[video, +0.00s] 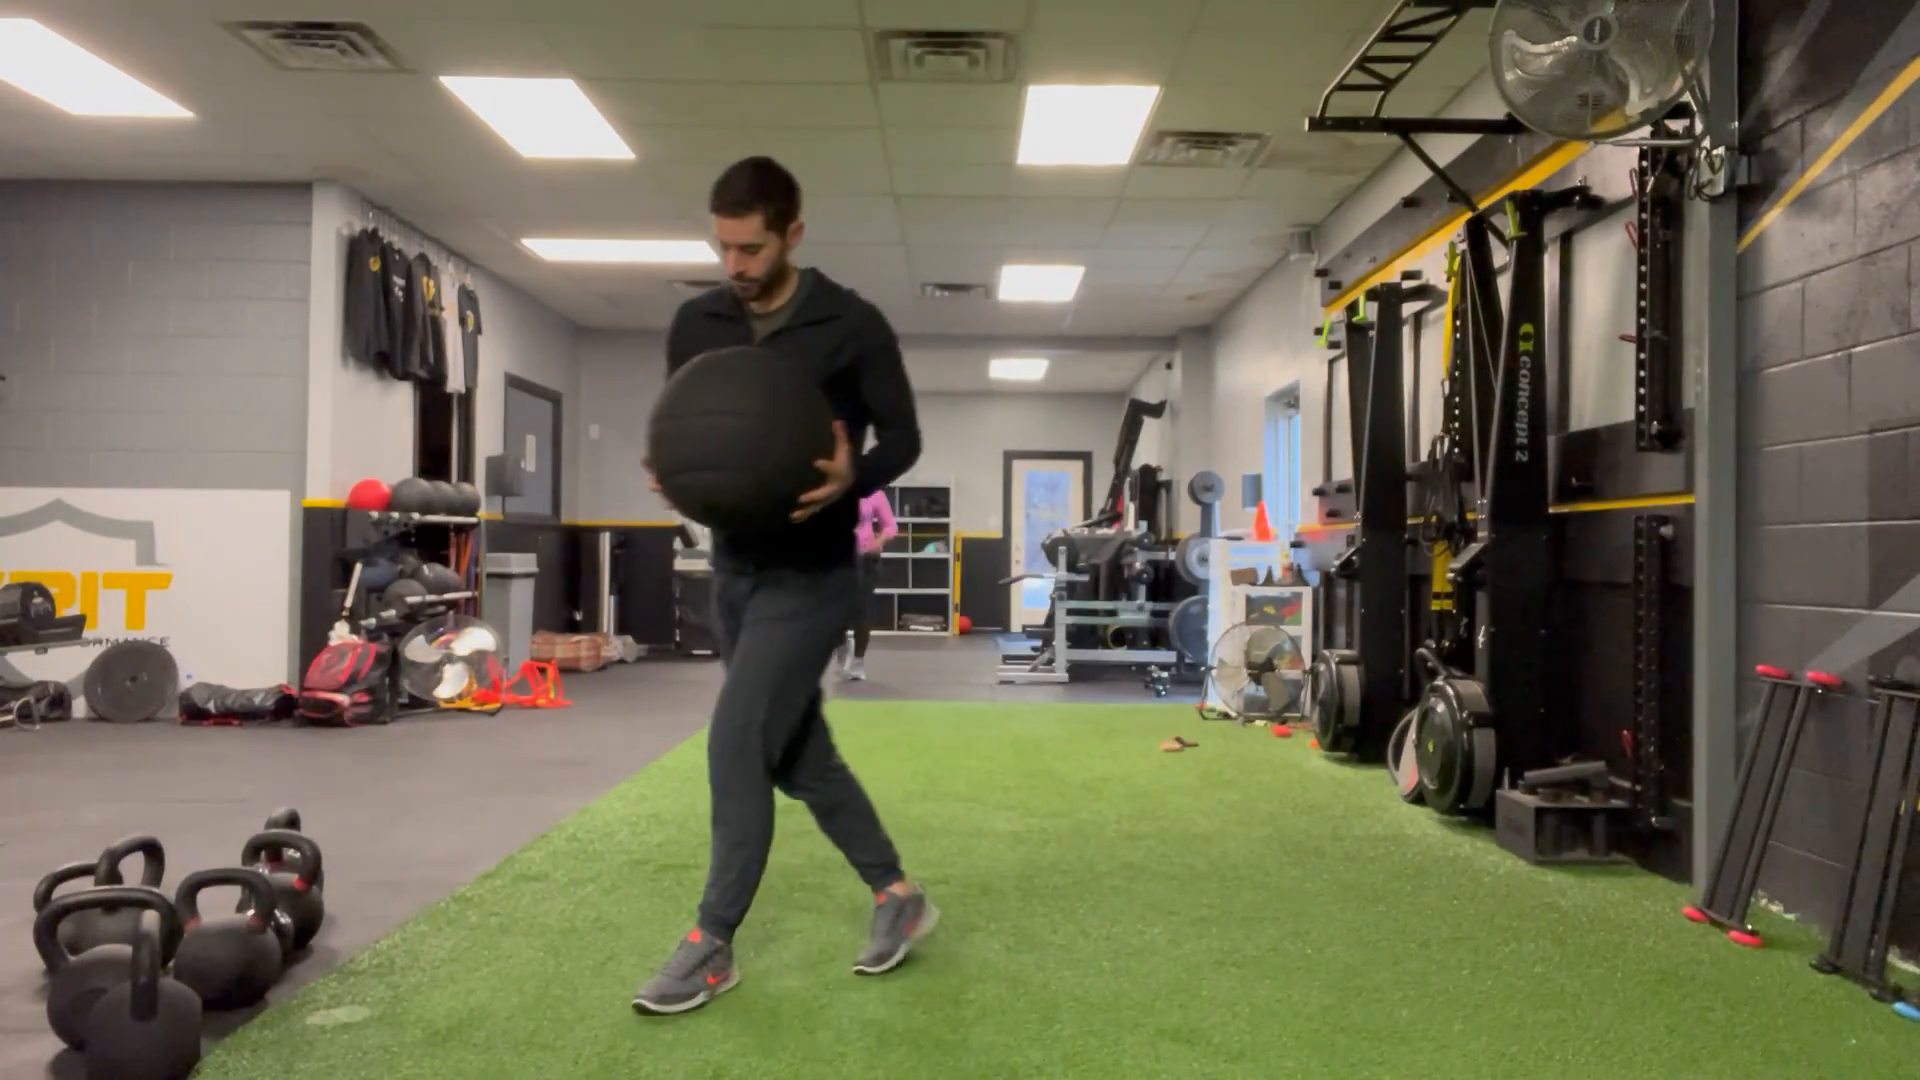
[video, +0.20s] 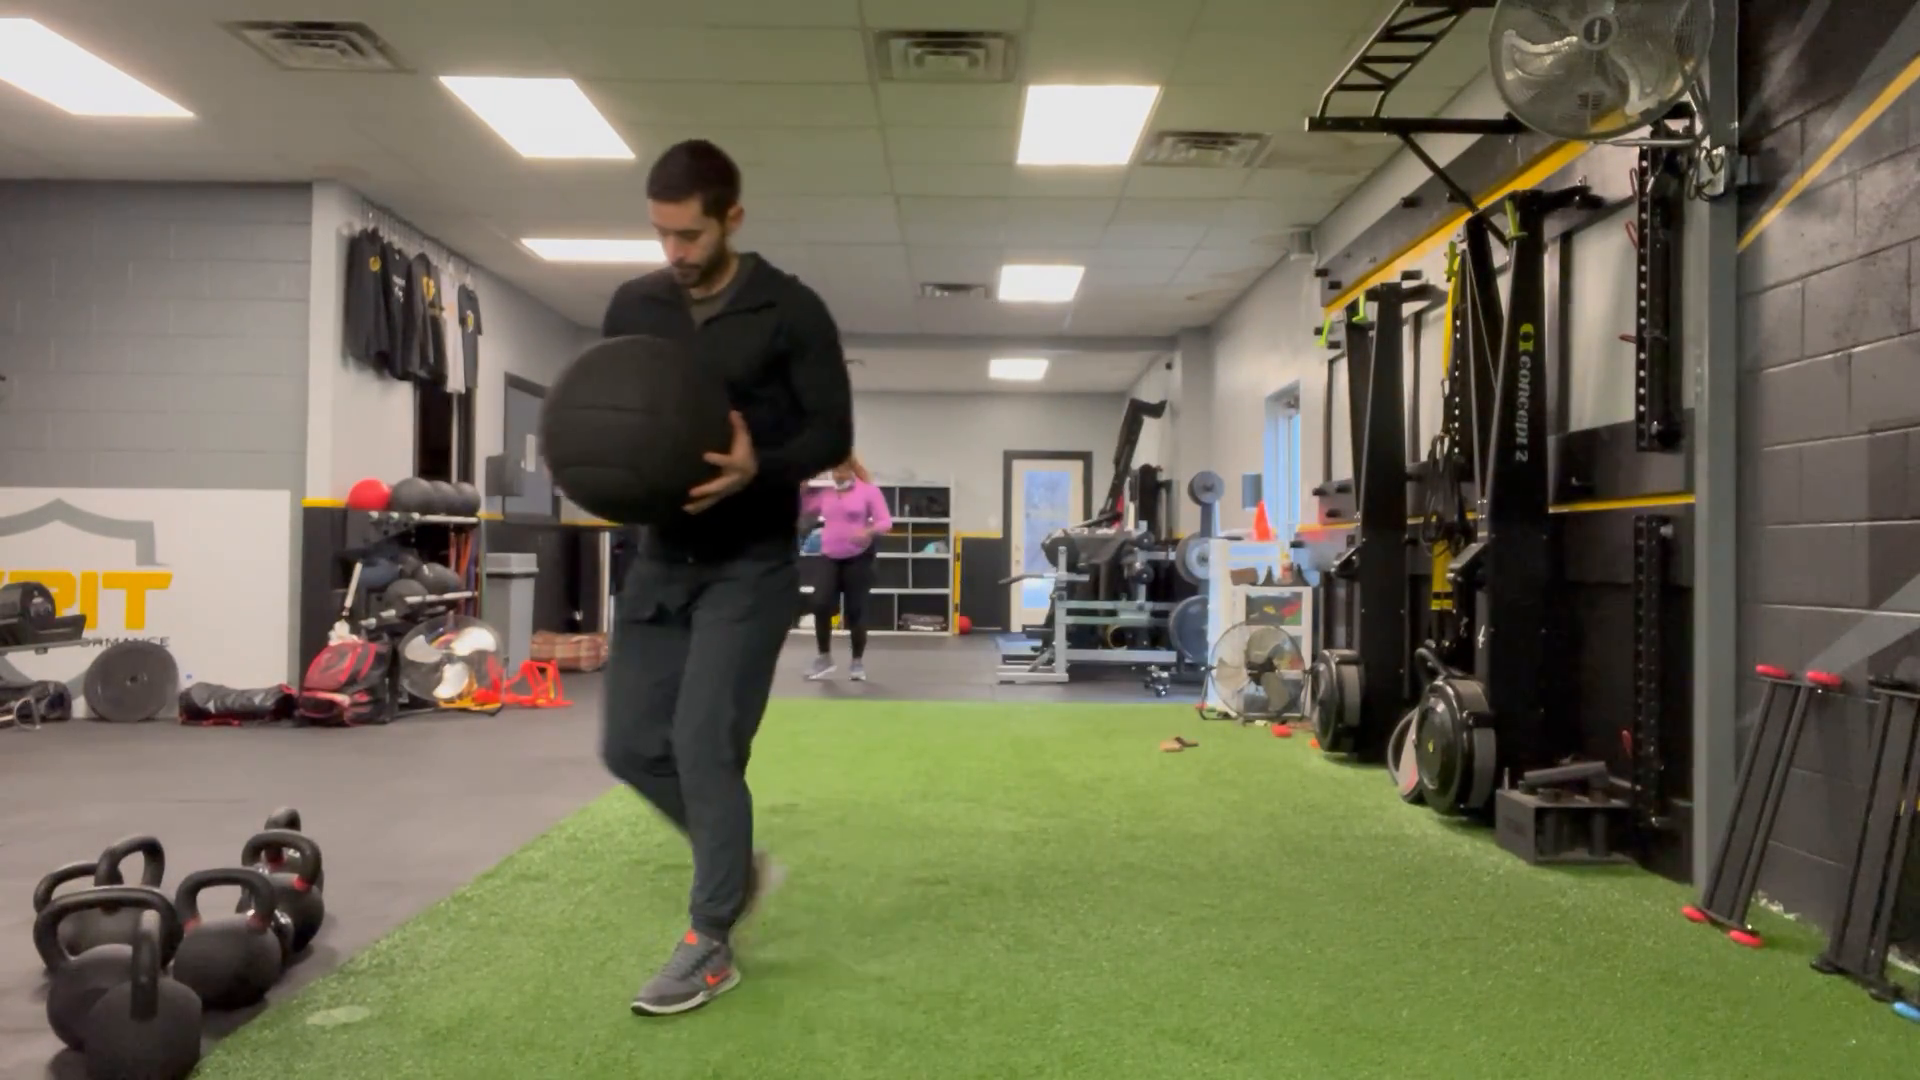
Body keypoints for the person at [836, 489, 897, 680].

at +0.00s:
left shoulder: (873, 493)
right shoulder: (833, 495)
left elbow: (890, 526)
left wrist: (878, 542)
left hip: (864, 555)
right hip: (839, 558)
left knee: (862, 610)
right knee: (836, 606)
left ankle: (858, 661)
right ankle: (841, 647)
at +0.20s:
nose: (838, 474)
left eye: (842, 469)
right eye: (835, 469)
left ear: (851, 469)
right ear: (831, 471)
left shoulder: (868, 492)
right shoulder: (826, 494)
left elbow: (885, 521)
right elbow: (804, 511)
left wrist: (869, 531)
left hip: (857, 556)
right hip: (830, 558)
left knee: (855, 610)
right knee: (821, 605)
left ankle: (857, 662)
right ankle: (824, 658)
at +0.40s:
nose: (825, 479)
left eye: (829, 474)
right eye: (822, 475)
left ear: (840, 472)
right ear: (818, 474)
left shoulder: (857, 492)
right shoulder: (813, 493)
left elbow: (868, 524)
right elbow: (787, 482)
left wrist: (849, 535)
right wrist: (810, 471)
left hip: (848, 560)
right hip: (819, 560)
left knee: (850, 612)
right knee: (816, 612)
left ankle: (855, 663)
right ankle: (806, 666)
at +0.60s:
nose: (813, 475)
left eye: (817, 470)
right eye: (809, 470)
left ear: (827, 469)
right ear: (805, 470)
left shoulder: (842, 491)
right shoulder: (798, 489)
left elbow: (852, 523)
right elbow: (772, 478)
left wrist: (852, 556)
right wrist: (800, 468)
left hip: (831, 558)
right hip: (802, 558)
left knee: (834, 609)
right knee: (802, 611)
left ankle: (850, 654)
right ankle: (805, 668)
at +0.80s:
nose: (805, 471)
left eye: (809, 467)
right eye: (801, 467)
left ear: (818, 467)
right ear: (795, 467)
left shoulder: (834, 490)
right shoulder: (789, 488)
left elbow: (850, 523)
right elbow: (760, 486)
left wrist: (860, 556)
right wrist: (779, 467)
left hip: (822, 557)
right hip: (792, 558)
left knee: (822, 608)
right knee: (798, 613)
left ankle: (829, 663)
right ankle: (804, 667)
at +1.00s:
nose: (801, 471)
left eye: (805, 466)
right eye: (797, 466)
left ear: (814, 467)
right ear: (790, 467)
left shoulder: (829, 491)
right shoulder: (783, 490)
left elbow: (846, 524)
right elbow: (756, 498)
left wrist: (859, 557)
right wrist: (768, 472)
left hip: (818, 559)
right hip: (789, 560)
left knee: (812, 612)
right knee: (796, 614)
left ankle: (813, 667)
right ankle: (802, 665)